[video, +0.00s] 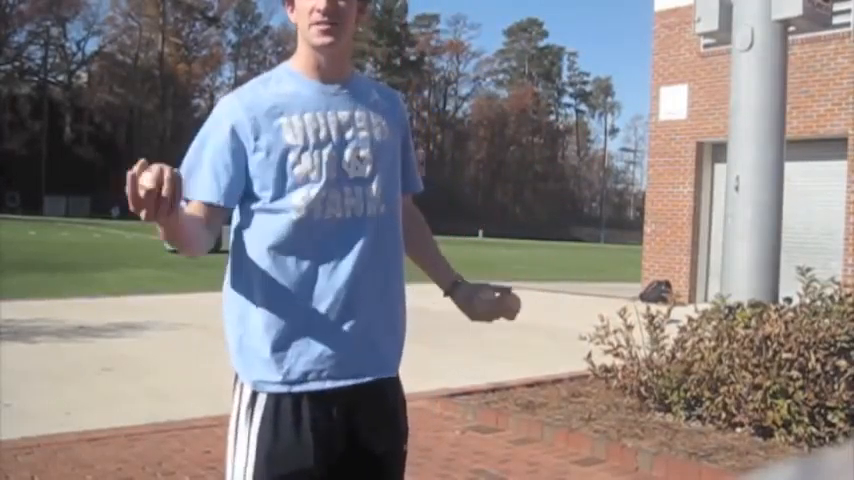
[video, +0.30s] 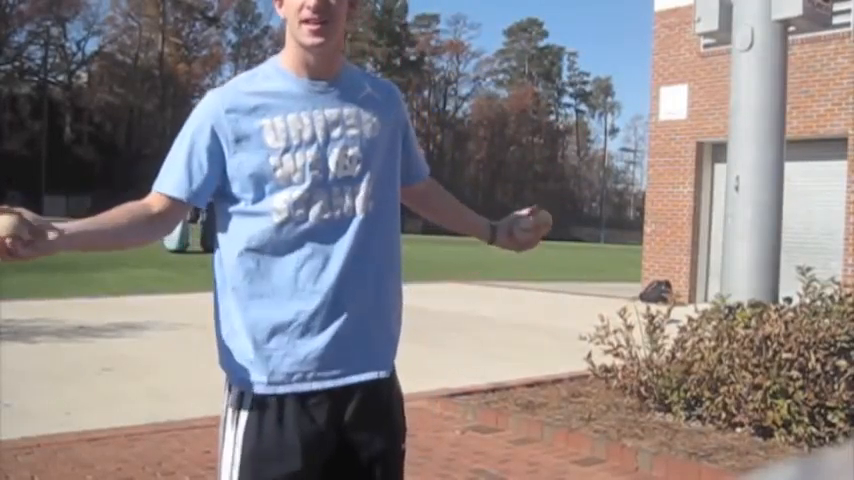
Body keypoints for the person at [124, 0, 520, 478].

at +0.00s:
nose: (327, 6)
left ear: (362, 11)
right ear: (292, 10)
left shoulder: (388, 107)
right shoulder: (244, 111)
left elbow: (401, 209)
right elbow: (198, 237)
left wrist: (458, 288)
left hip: (375, 375)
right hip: (282, 381)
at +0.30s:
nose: (316, 10)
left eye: (331, 2)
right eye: (304, 2)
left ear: (350, 15)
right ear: (280, 12)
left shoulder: (381, 99)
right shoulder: (228, 106)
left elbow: (416, 189)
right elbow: (158, 211)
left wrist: (494, 231)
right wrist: (52, 236)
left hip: (370, 380)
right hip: (272, 389)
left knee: (377, 476)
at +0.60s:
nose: (346, 4)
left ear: (357, 10)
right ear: (284, 7)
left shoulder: (374, 100)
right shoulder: (221, 108)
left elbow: (397, 204)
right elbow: (176, 223)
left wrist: (440, 241)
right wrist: (183, 258)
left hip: (365, 373)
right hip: (267, 380)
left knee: (375, 469)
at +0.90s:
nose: (307, 8)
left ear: (342, 10)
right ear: (272, 9)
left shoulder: (376, 105)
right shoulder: (221, 108)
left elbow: (400, 214)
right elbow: (185, 233)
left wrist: (384, 248)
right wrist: (278, 248)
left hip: (362, 377)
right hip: (263, 382)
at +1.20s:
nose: (300, 8)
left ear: (339, 10)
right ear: (269, 10)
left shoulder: (377, 108)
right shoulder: (220, 112)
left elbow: (406, 212)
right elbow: (174, 235)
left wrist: (456, 284)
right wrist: (250, 225)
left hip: (360, 381)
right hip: (260, 385)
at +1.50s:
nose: (301, 8)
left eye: (314, 0)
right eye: (288, 0)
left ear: (338, 10)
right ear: (267, 11)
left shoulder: (377, 108)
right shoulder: (220, 112)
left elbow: (415, 218)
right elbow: (171, 235)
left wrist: (477, 309)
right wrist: (256, 204)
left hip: (360, 382)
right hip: (260, 386)